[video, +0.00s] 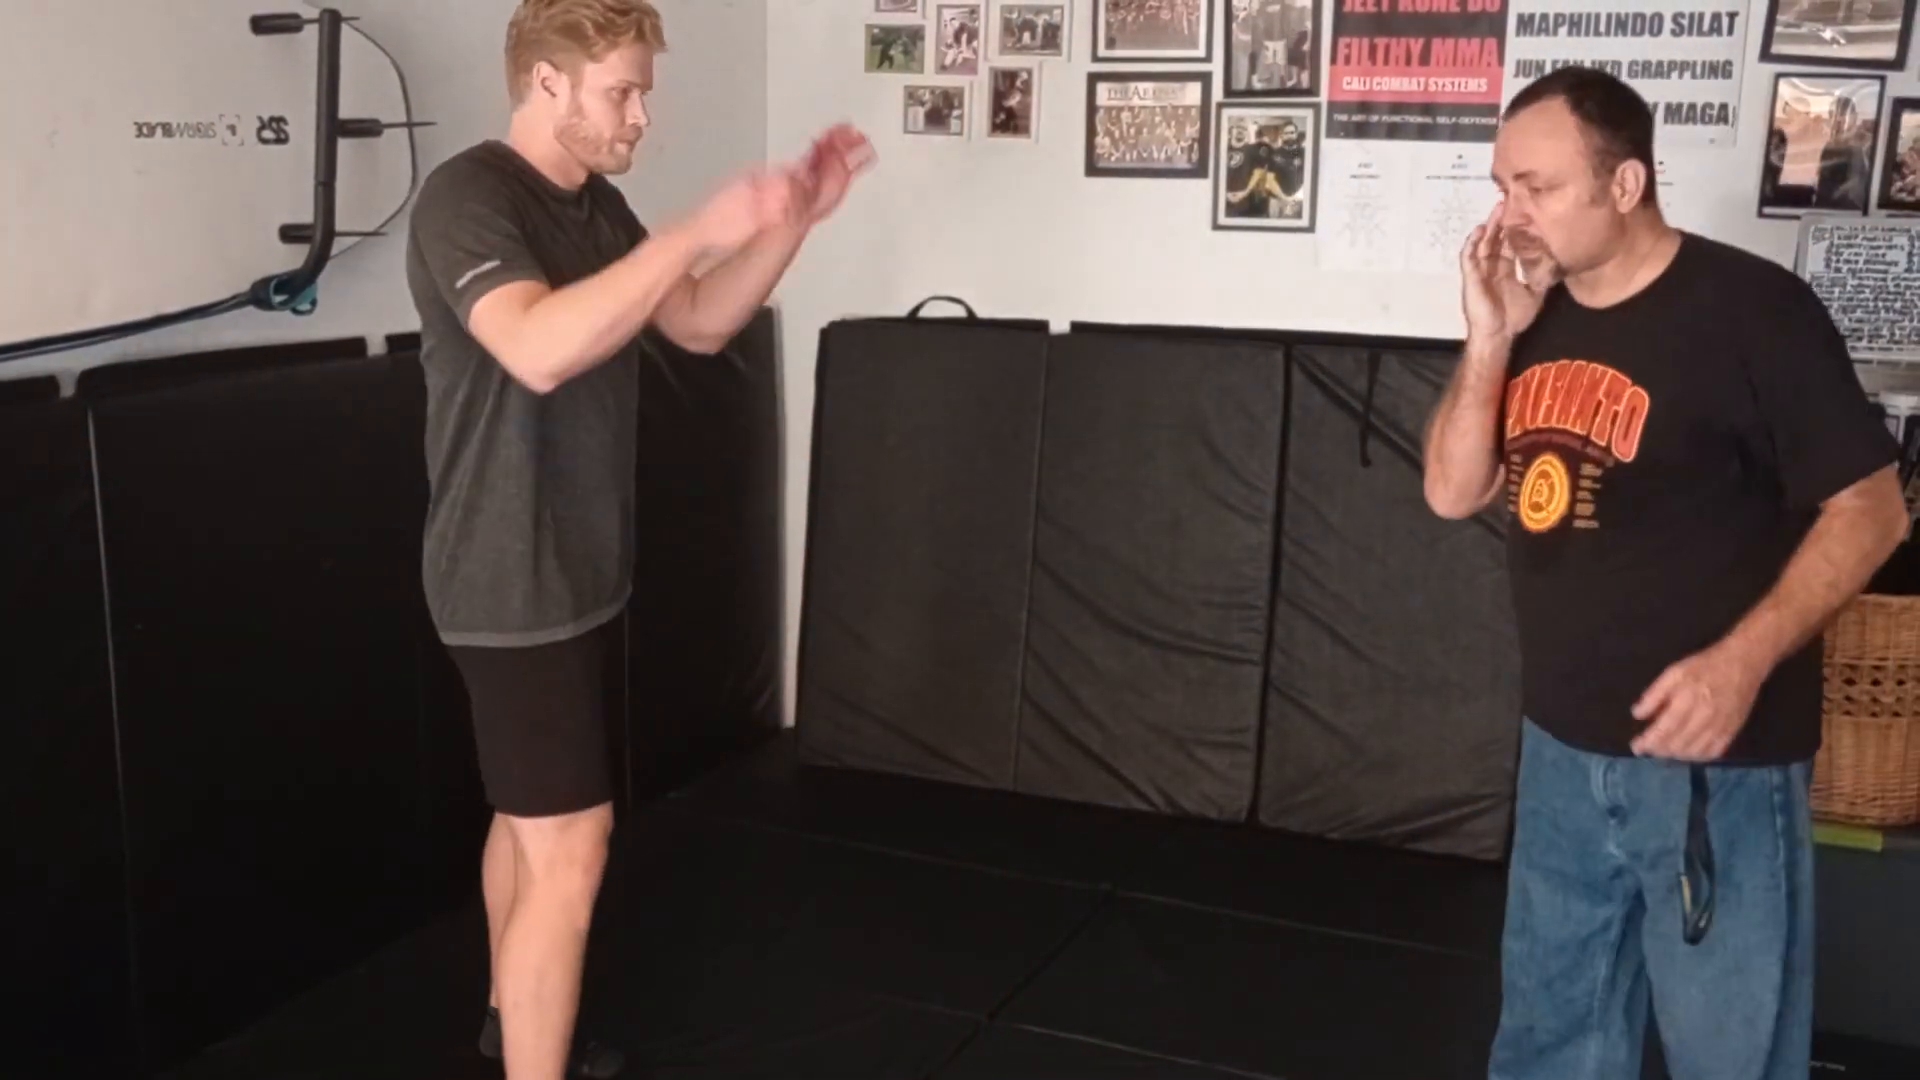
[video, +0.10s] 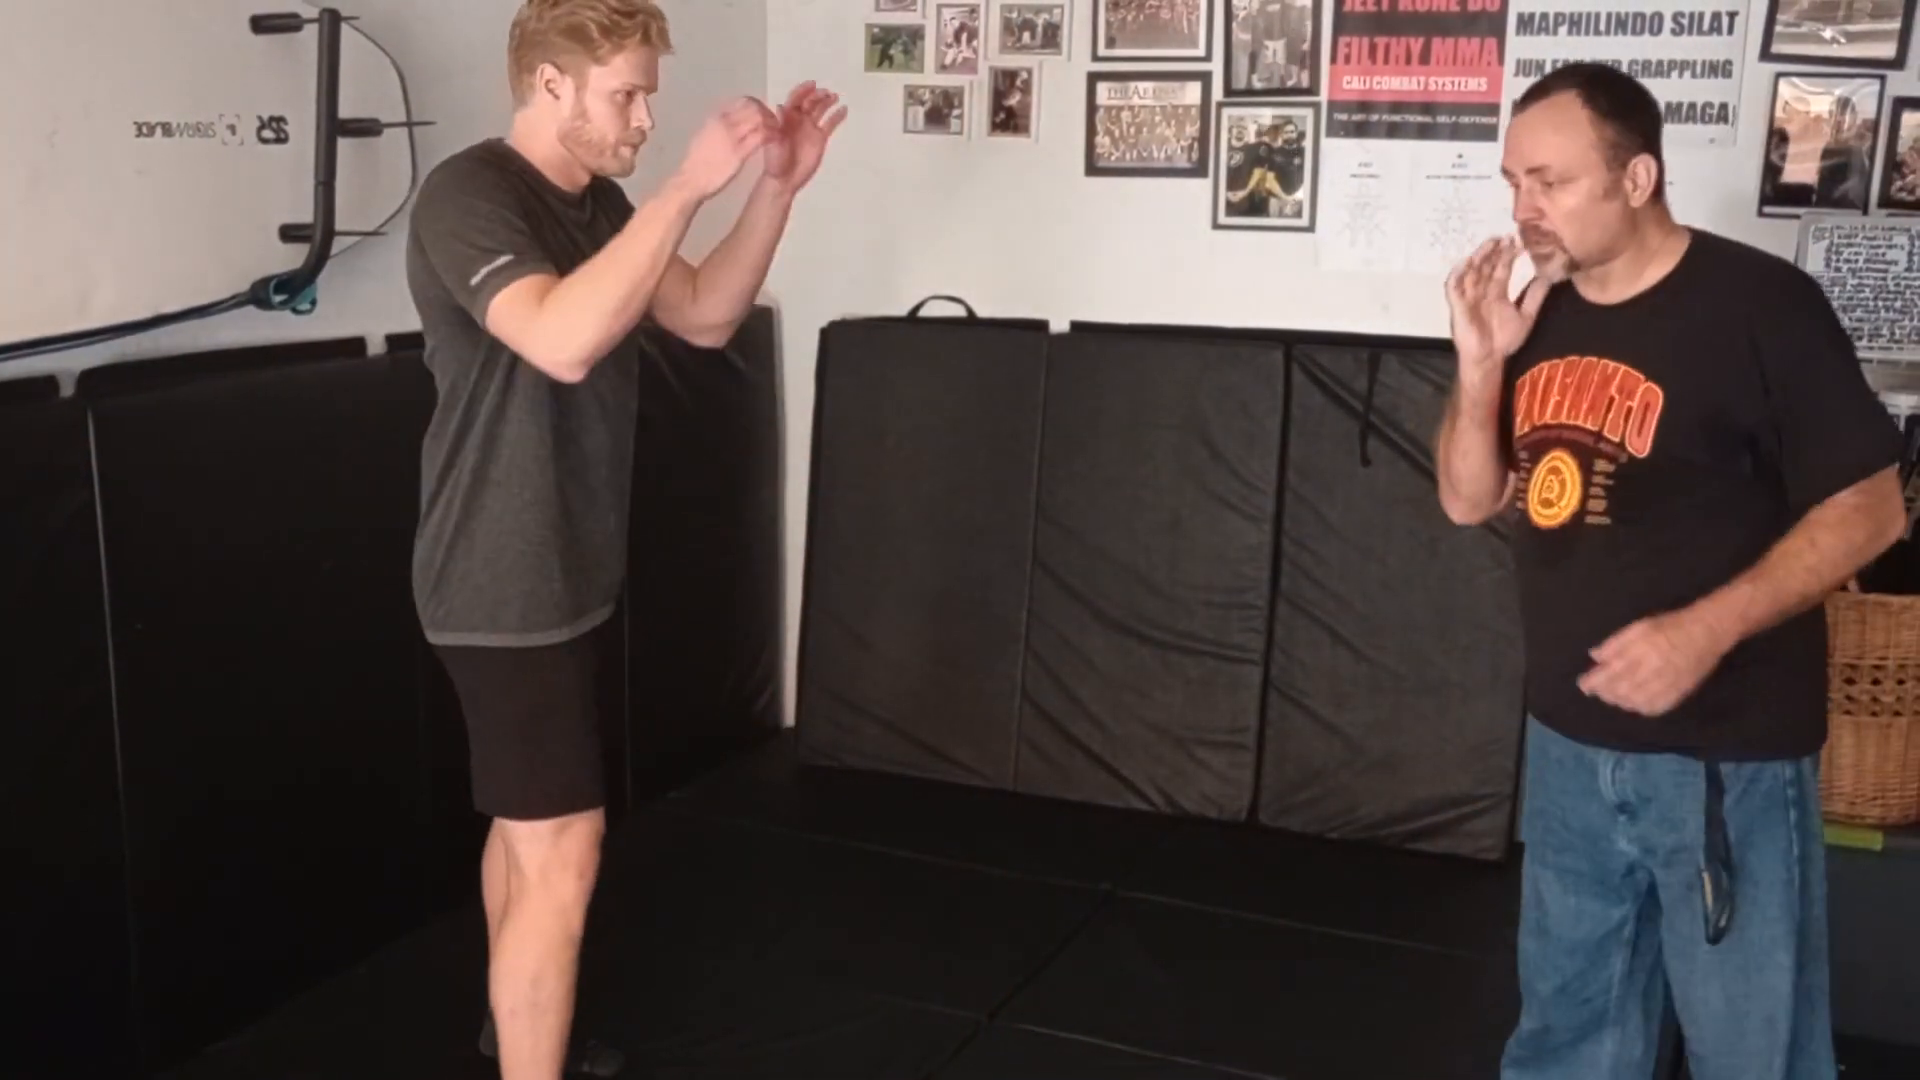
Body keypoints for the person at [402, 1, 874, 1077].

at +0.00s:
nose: (639, 116)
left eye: (644, 95)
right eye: (621, 94)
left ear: (633, 96)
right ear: (546, 88)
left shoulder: (597, 206)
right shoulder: (463, 198)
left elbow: (697, 319)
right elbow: (537, 347)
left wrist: (790, 224)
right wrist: (695, 233)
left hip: (582, 578)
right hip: (511, 592)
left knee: (526, 828)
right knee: (570, 850)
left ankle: (512, 1017)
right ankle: (538, 1068)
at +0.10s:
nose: (643, 115)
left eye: (647, 97)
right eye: (627, 95)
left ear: (620, 101)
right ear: (548, 88)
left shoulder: (597, 206)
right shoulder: (462, 196)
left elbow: (704, 315)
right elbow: (561, 338)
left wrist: (778, 188)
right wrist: (689, 185)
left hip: (575, 580)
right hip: (503, 591)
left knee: (527, 833)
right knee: (563, 855)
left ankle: (520, 1032)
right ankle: (531, 1077)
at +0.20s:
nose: (649, 120)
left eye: (652, 98)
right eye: (630, 98)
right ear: (553, 92)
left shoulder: (597, 211)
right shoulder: (464, 201)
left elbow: (691, 333)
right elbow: (561, 362)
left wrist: (757, 206)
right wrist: (681, 207)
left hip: (560, 584)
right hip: (495, 596)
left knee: (525, 835)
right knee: (555, 868)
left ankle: (506, 1016)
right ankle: (529, 1067)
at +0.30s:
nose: (643, 125)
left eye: (649, 100)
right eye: (622, 102)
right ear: (546, 95)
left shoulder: (599, 217)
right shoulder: (457, 210)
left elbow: (662, 361)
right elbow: (530, 392)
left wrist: (745, 260)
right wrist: (673, 258)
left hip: (575, 577)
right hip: (494, 597)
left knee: (560, 785)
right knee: (553, 869)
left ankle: (473, 981)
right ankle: (524, 1071)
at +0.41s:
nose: (627, 124)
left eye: (636, 101)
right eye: (605, 100)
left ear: (637, 102)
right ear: (528, 94)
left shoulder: (590, 223)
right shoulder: (442, 215)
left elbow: (646, 367)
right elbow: (482, 403)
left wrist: (743, 279)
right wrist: (644, 294)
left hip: (572, 587)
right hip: (496, 608)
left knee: (518, 803)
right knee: (556, 870)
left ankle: (442, 969)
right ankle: (522, 1075)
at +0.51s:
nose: (606, 125)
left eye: (615, 102)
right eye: (582, 103)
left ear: (620, 100)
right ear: (512, 100)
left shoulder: (581, 223)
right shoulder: (429, 221)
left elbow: (640, 358)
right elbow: (458, 404)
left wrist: (735, 266)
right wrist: (606, 293)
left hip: (568, 587)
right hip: (494, 605)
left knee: (503, 808)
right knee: (560, 871)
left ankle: (441, 978)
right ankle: (524, 1074)